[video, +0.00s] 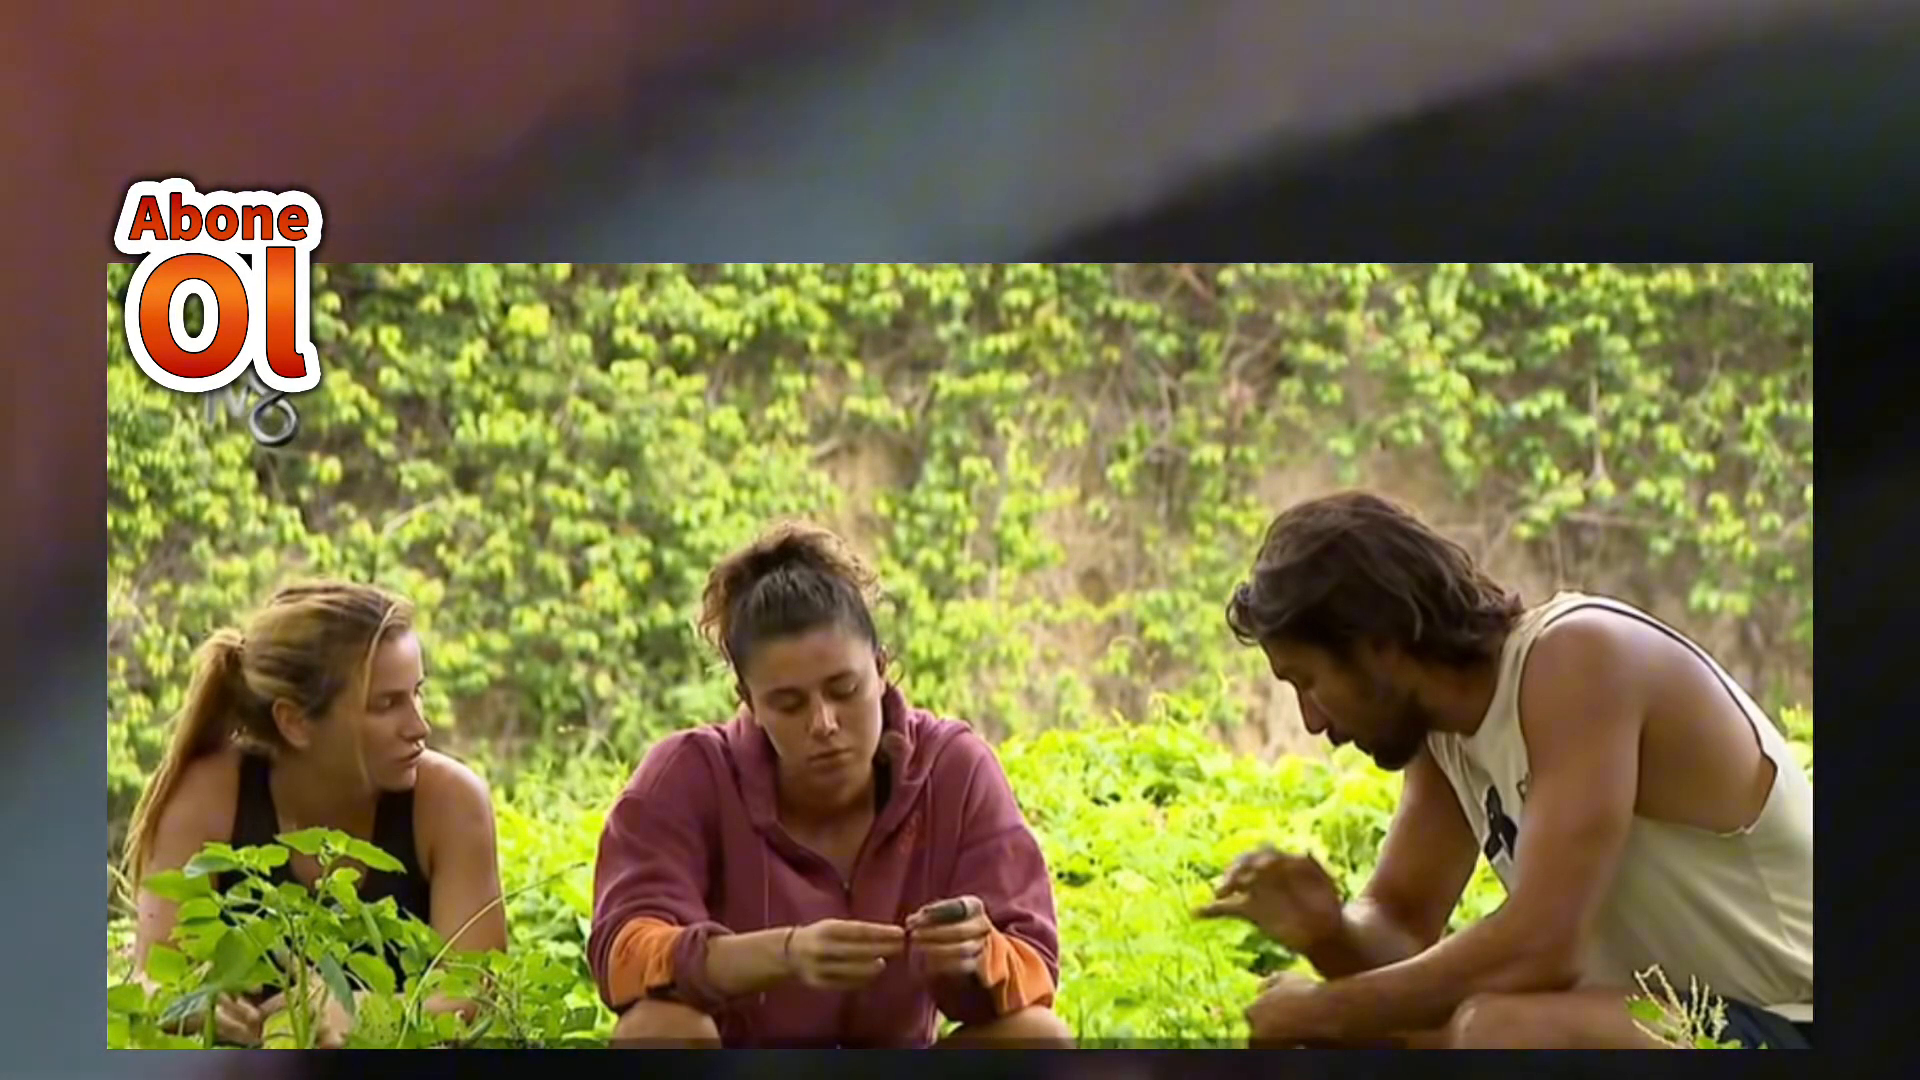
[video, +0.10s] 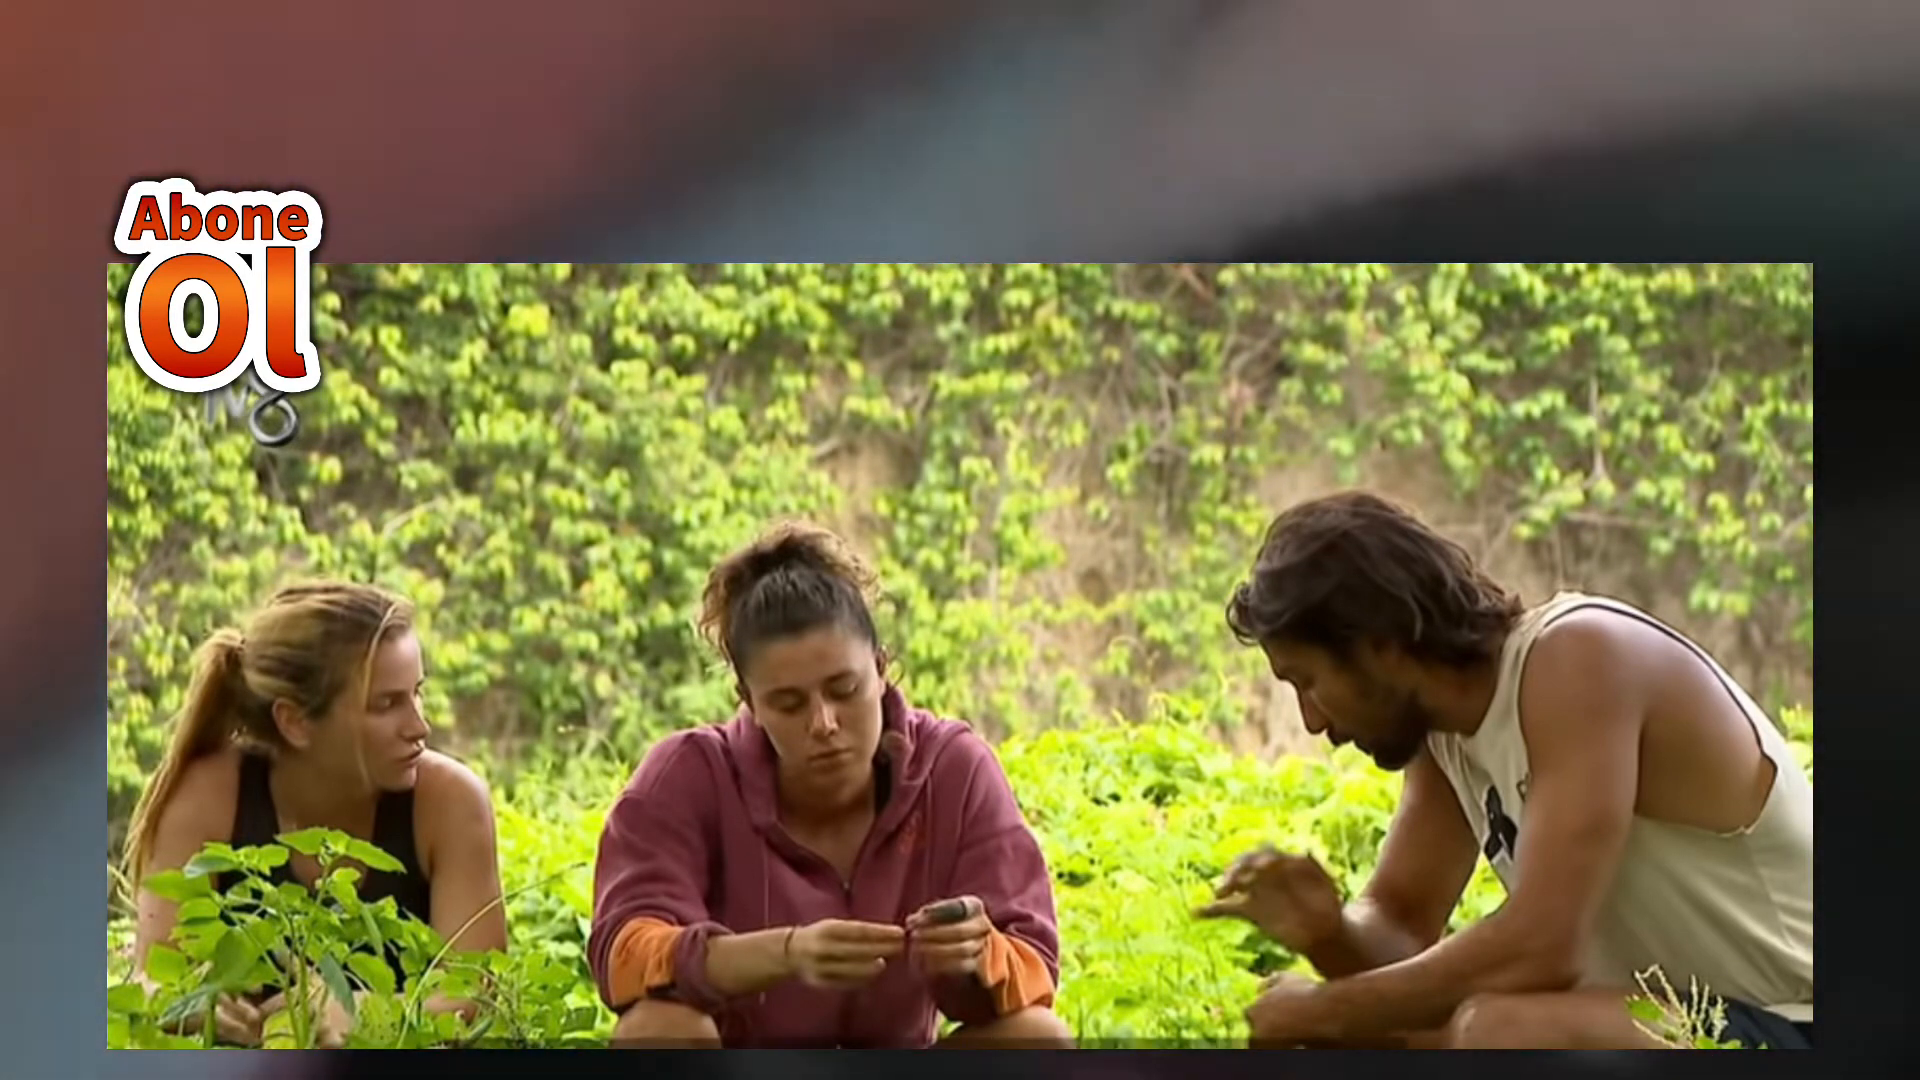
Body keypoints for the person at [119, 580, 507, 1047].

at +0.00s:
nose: (420, 725)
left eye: (417, 695)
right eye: (388, 705)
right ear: (295, 723)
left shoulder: (451, 800)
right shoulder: (206, 793)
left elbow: (470, 1001)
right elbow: (153, 985)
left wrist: (354, 1013)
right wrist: (203, 1009)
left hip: (385, 1068)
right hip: (239, 1068)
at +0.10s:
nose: (420, 725)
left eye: (417, 695)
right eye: (387, 705)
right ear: (295, 723)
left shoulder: (451, 800)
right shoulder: (206, 793)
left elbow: (470, 1000)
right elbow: (153, 985)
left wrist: (354, 1013)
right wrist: (202, 1009)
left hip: (384, 1065)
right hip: (239, 1064)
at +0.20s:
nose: (420, 725)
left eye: (417, 695)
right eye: (387, 705)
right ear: (295, 723)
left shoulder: (451, 800)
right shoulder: (206, 793)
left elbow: (470, 1001)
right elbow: (153, 984)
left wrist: (354, 1014)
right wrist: (201, 1009)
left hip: (387, 1065)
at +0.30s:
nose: (420, 725)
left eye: (417, 695)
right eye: (387, 705)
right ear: (295, 722)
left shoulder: (451, 800)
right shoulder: (206, 792)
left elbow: (471, 1001)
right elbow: (153, 983)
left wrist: (355, 1013)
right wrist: (201, 1009)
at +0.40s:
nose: (420, 725)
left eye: (417, 695)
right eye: (387, 705)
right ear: (295, 722)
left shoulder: (451, 800)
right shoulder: (206, 792)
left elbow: (470, 1001)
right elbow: (153, 983)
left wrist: (354, 1013)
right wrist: (202, 1008)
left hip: (388, 1069)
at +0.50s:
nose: (420, 725)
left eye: (417, 695)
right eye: (387, 705)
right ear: (295, 722)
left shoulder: (452, 800)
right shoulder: (206, 792)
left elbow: (470, 1002)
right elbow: (153, 983)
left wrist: (354, 1014)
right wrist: (202, 1008)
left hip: (387, 1069)